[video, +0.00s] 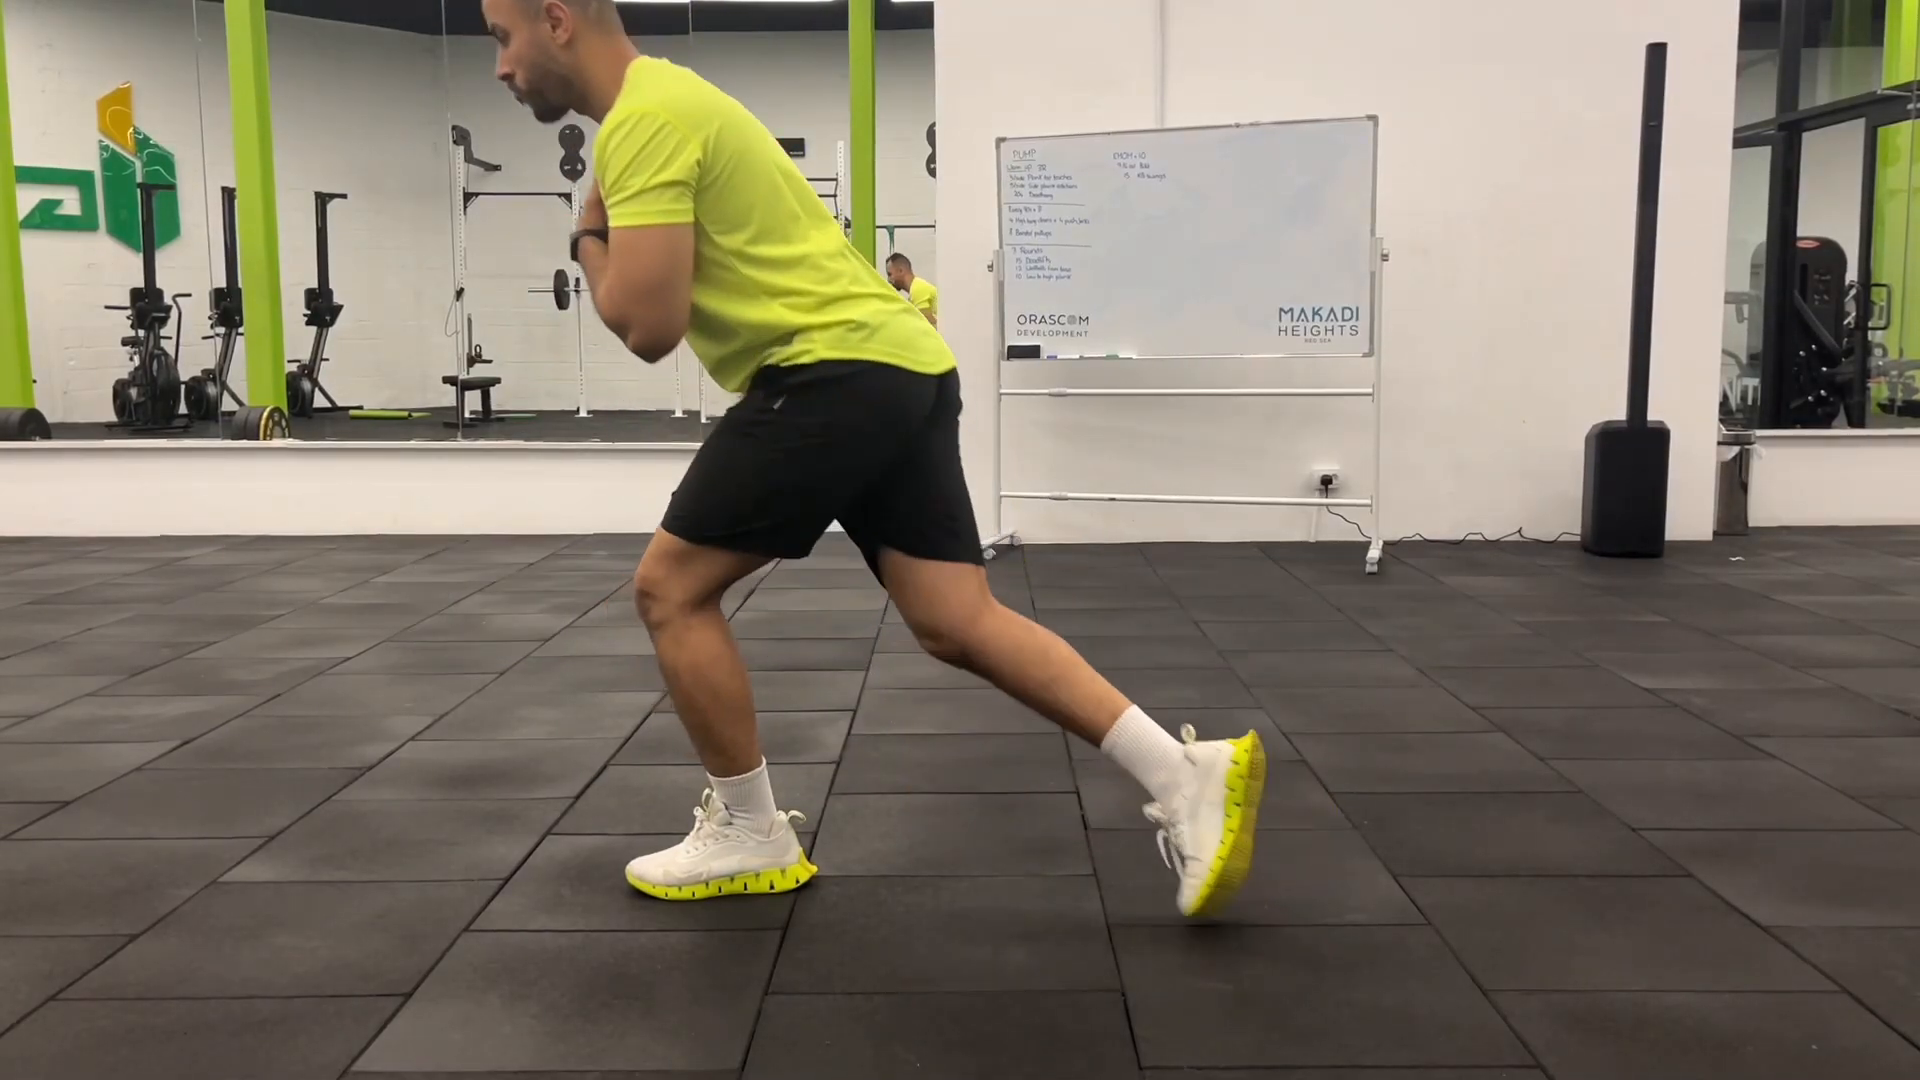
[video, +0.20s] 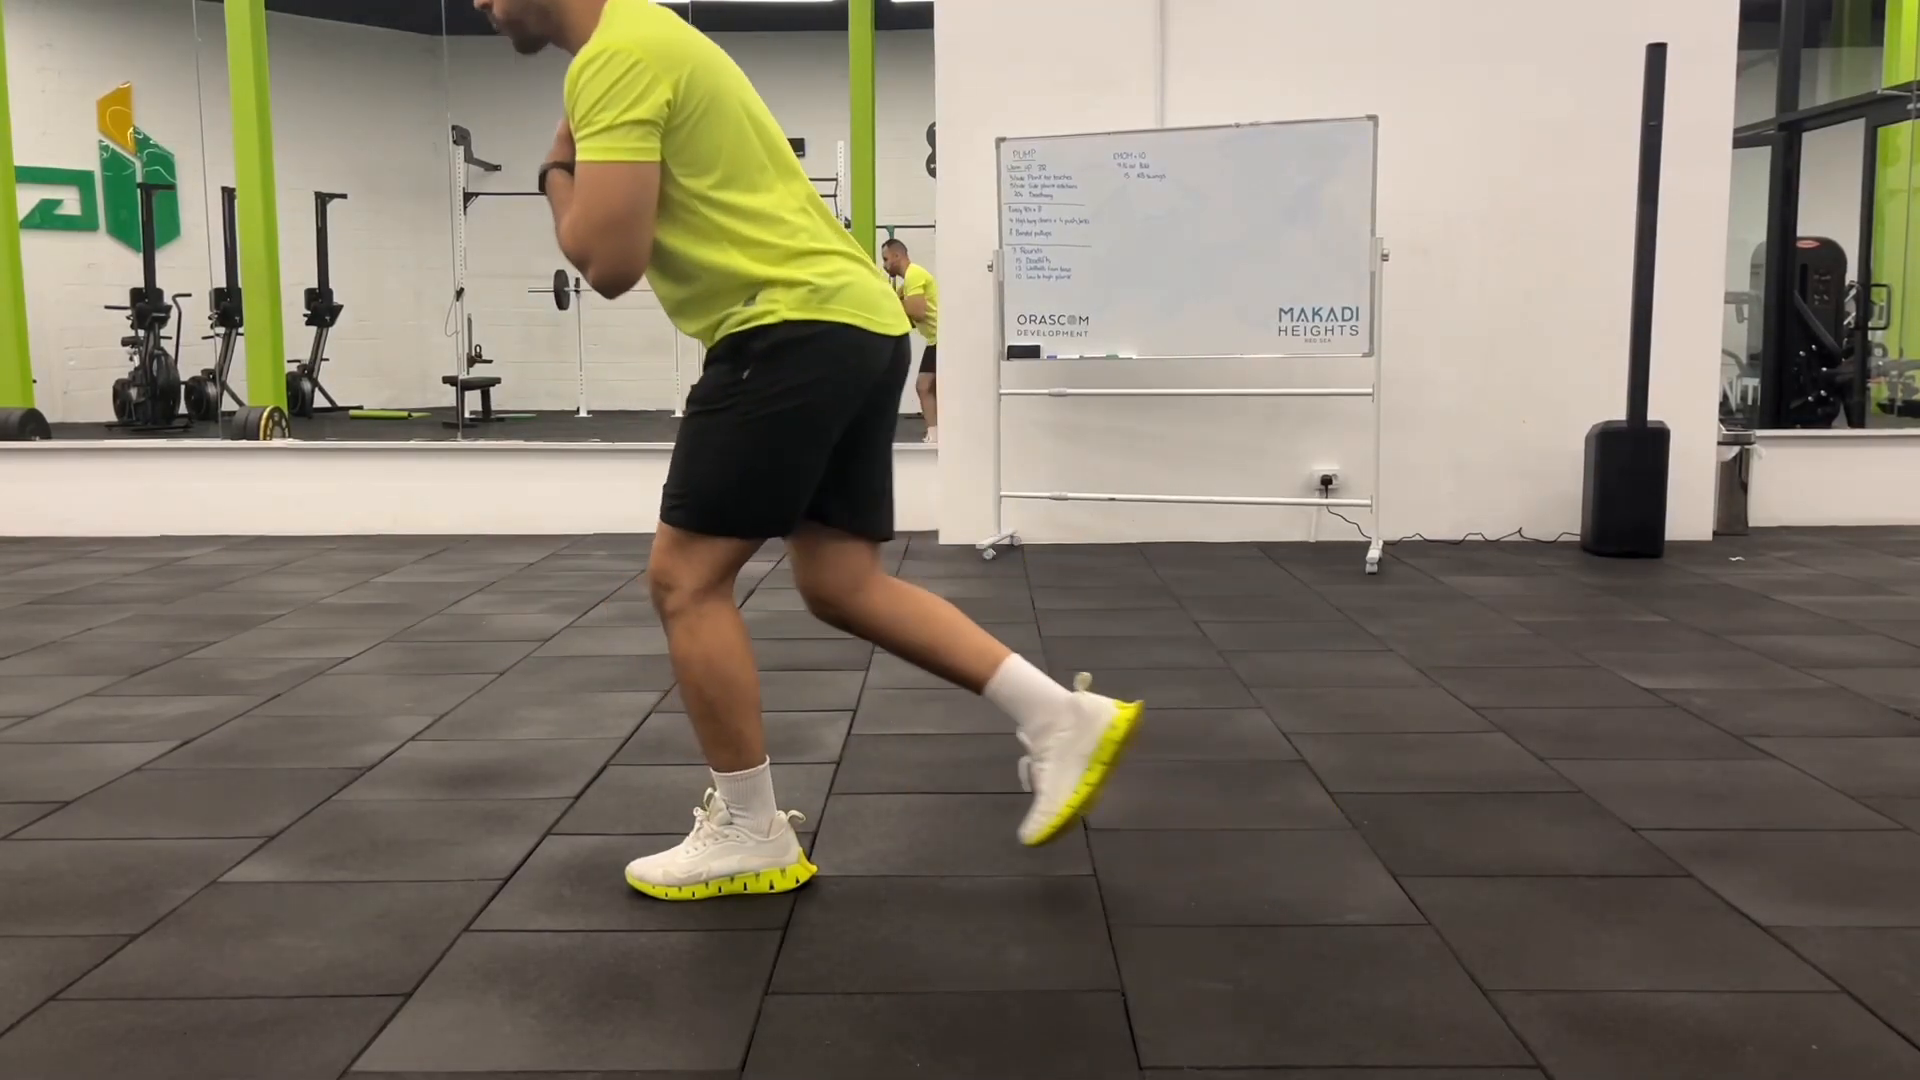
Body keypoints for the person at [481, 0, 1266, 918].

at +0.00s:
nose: (499, 67)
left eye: (502, 39)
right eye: (492, 42)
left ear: (560, 23)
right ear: (571, 27)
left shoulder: (650, 116)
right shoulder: (676, 104)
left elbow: (649, 326)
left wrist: (590, 248)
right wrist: (616, 247)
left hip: (827, 376)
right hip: (904, 368)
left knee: (671, 590)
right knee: (956, 620)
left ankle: (749, 829)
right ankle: (1182, 775)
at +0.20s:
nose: (483, 9)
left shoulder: (619, 54)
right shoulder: (661, 42)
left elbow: (611, 261)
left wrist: (556, 183)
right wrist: (590, 196)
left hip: (780, 330)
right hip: (863, 324)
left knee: (685, 584)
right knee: (841, 583)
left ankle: (749, 829)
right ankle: (1059, 717)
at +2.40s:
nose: (564, 175)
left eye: (572, 148)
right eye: (560, 151)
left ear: (634, 134)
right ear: (645, 135)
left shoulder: (725, 233)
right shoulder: (744, 217)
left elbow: (711, 447)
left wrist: (654, 360)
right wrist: (684, 370)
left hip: (882, 494)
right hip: (949, 497)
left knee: (641, 613)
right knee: (970, 761)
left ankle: (747, 830)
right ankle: (1249, 831)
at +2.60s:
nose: (593, 200)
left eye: (602, 174)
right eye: (590, 176)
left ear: (665, 165)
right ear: (674, 165)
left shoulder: (753, 266)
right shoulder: (771, 248)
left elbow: (731, 479)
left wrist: (676, 384)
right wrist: (700, 391)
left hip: (893, 530)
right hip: (957, 537)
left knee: (639, 617)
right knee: (952, 805)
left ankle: (745, 835)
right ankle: (1226, 823)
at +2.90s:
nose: (629, 213)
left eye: (638, 187)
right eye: (627, 189)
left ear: (699, 181)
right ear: (703, 180)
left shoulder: (779, 290)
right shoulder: (809, 269)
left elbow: (746, 498)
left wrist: (698, 400)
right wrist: (728, 403)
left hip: (902, 557)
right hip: (968, 564)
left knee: (643, 615)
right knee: (948, 829)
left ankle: (745, 834)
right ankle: (1215, 823)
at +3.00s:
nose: (635, 213)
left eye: (644, 186)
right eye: (634, 189)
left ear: (706, 181)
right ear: (709, 181)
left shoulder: (785, 290)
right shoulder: (819, 271)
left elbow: (750, 499)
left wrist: (704, 400)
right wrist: (732, 404)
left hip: (906, 560)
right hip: (974, 567)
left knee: (646, 614)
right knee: (948, 831)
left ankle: (745, 835)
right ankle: (1215, 820)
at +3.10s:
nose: (640, 210)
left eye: (649, 184)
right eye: (639, 186)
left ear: (710, 179)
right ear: (714, 179)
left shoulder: (788, 289)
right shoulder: (827, 270)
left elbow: (750, 498)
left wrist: (707, 394)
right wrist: (735, 400)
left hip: (904, 560)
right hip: (975, 568)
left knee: (647, 613)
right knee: (950, 830)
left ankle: (744, 833)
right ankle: (1216, 820)